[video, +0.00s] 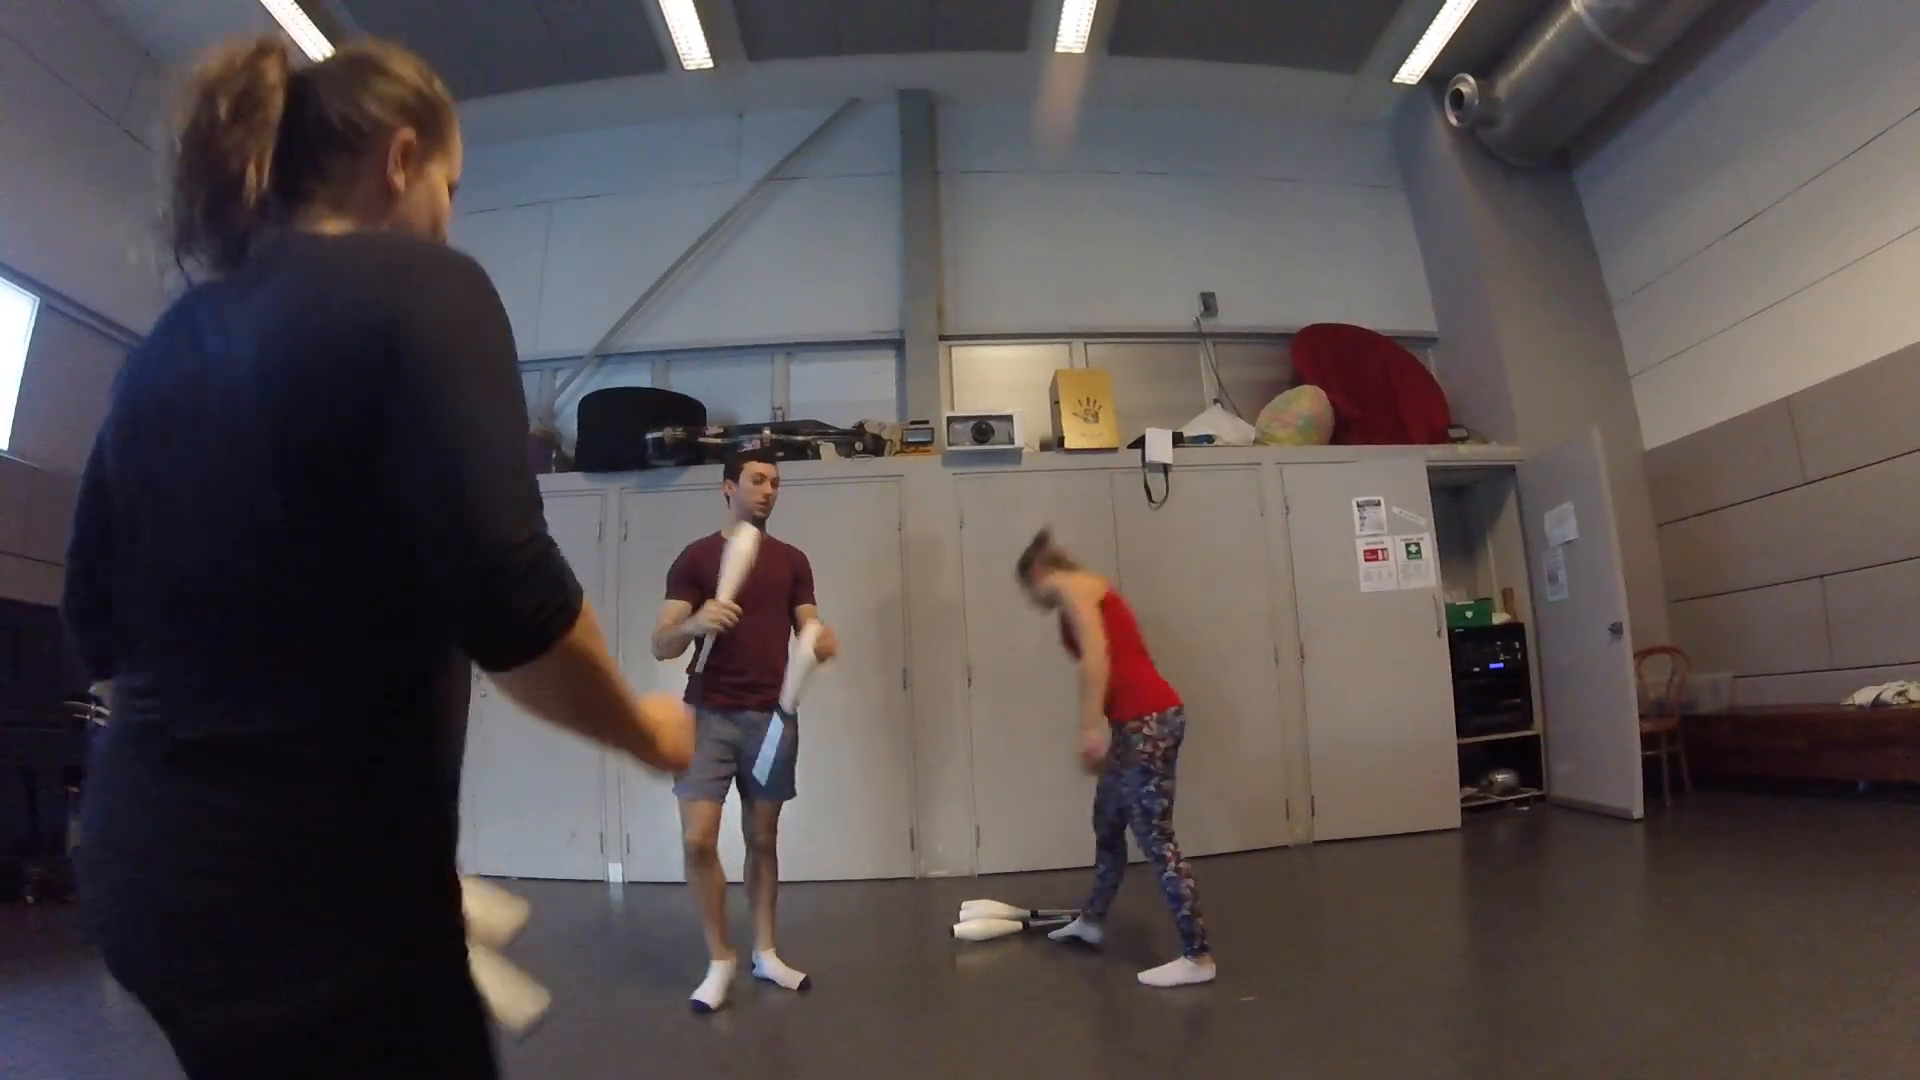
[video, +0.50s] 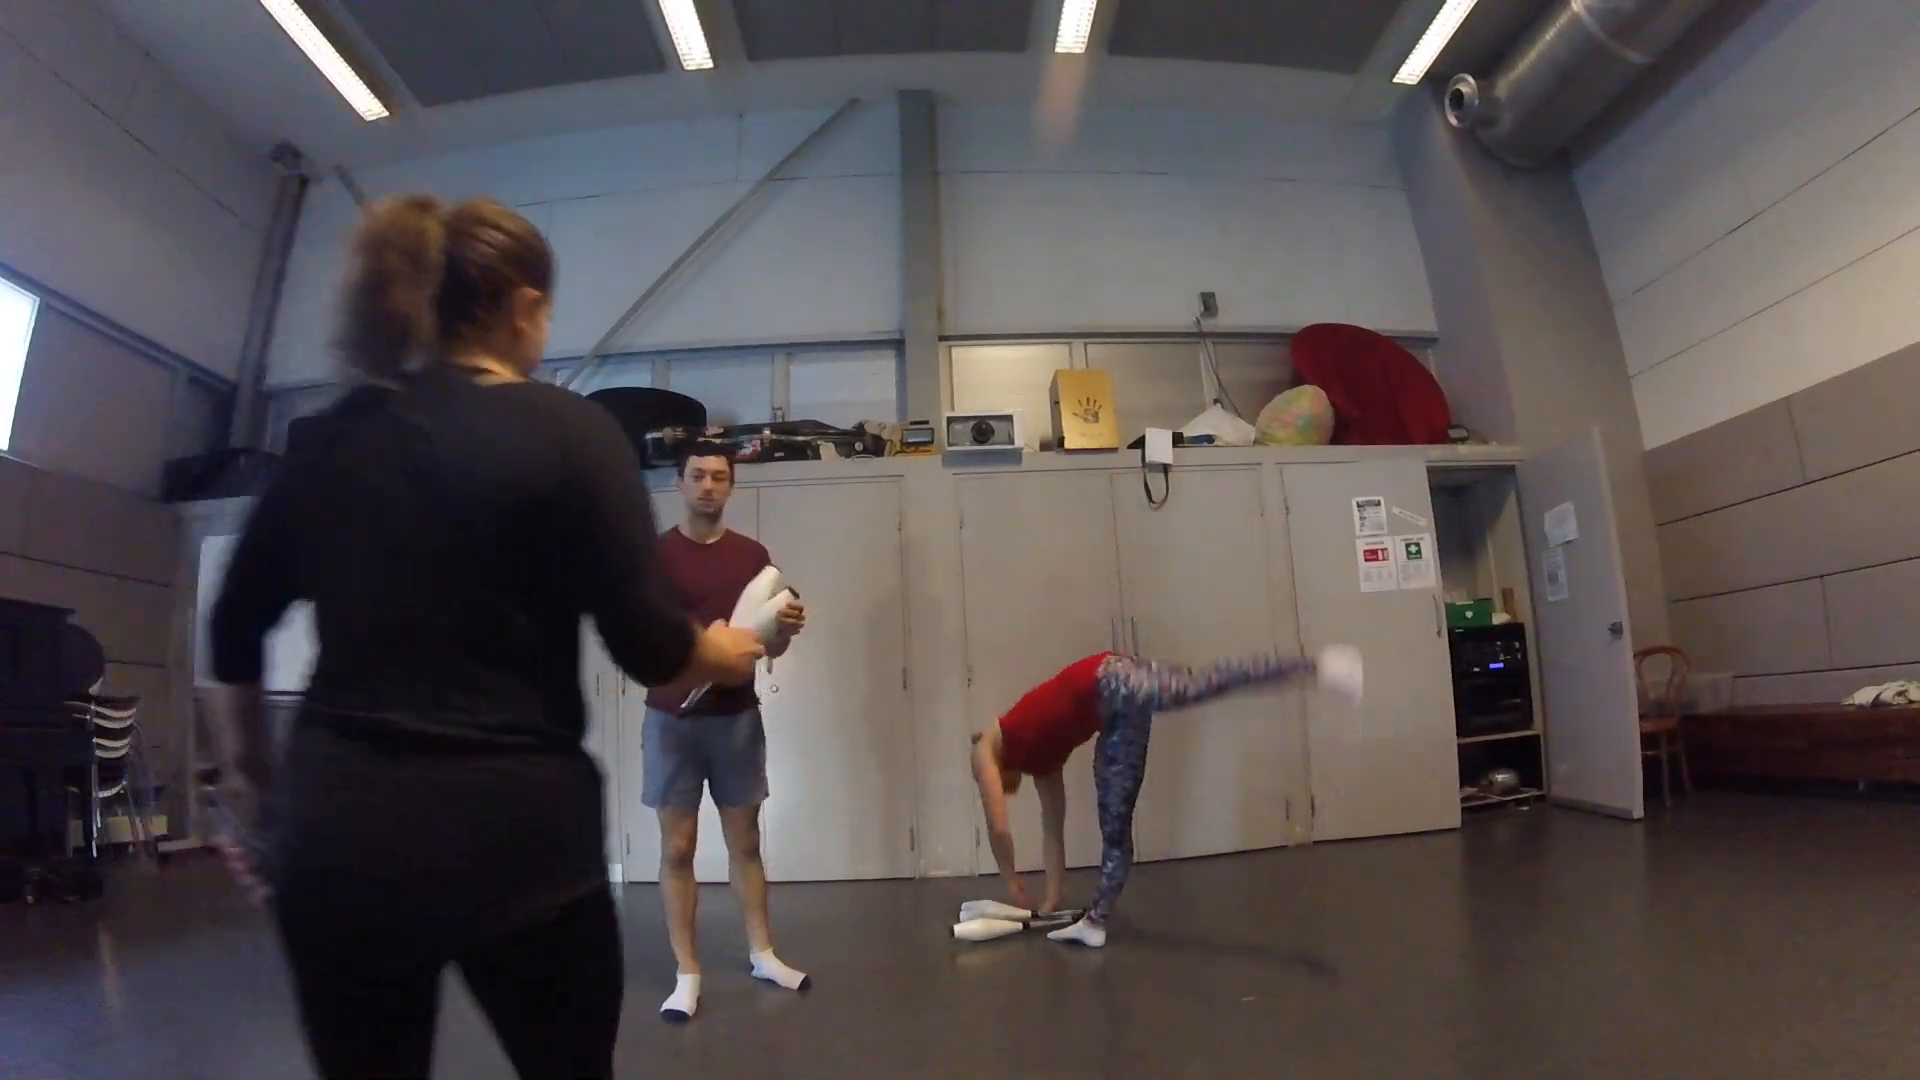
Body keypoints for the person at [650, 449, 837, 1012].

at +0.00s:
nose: (768, 491)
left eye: (773, 483)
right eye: (758, 480)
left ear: (777, 494)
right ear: (728, 488)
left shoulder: (790, 561)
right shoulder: (697, 558)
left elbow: (808, 628)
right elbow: (664, 646)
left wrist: (819, 638)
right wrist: (696, 621)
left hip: (771, 718)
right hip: (708, 717)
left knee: (763, 840)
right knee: (697, 843)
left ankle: (766, 953)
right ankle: (720, 960)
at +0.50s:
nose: (709, 487)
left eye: (719, 478)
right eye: (699, 477)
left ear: (732, 487)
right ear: (680, 484)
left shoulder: (753, 557)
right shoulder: (653, 557)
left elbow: (773, 649)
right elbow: (639, 641)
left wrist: (790, 623)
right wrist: (705, 651)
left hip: (737, 719)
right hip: (672, 722)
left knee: (747, 843)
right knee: (678, 851)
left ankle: (763, 954)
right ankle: (687, 972)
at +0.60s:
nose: (695, 488)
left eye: (705, 478)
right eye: (686, 478)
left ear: (721, 486)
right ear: (669, 486)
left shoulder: (742, 557)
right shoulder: (645, 553)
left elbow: (763, 642)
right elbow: (627, 649)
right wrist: (706, 653)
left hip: (730, 718)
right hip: (665, 722)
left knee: (745, 842)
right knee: (674, 851)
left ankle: (761, 953)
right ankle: (686, 973)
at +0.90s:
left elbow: (754, 621)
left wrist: (727, 652)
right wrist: (683, 658)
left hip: (720, 709)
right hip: (662, 716)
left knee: (742, 842)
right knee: (671, 853)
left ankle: (750, 954)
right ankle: (684, 968)